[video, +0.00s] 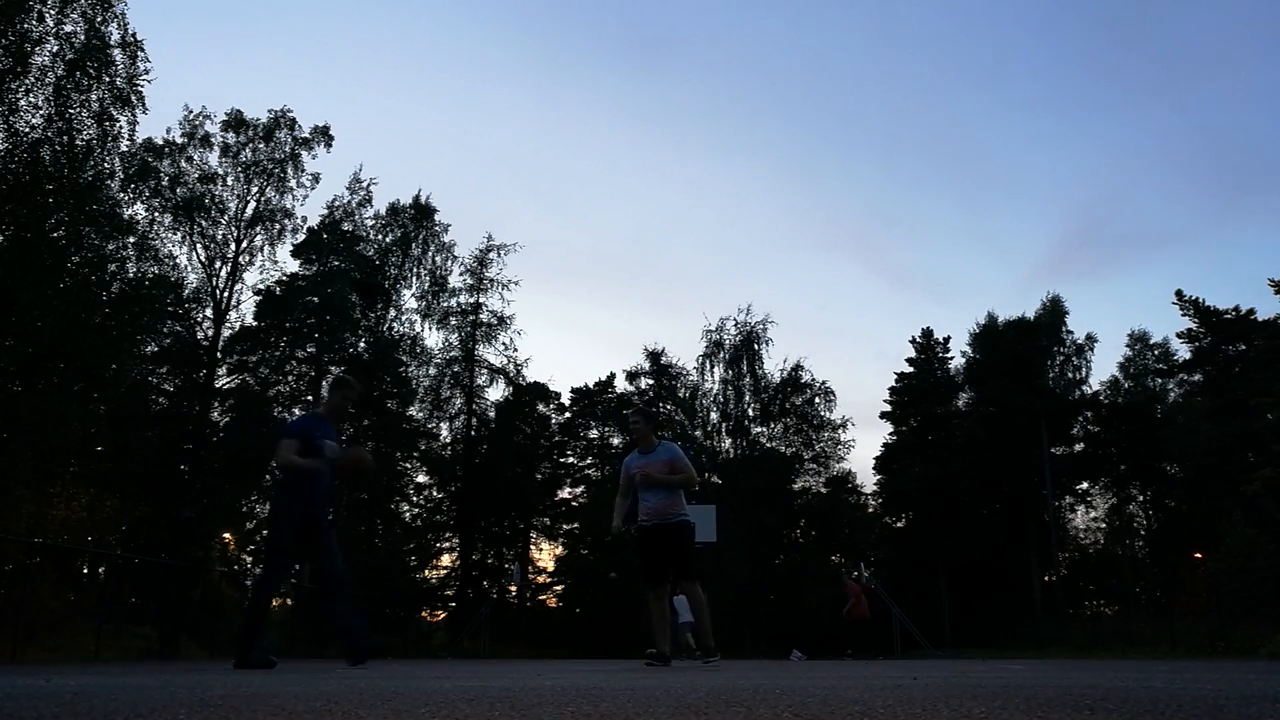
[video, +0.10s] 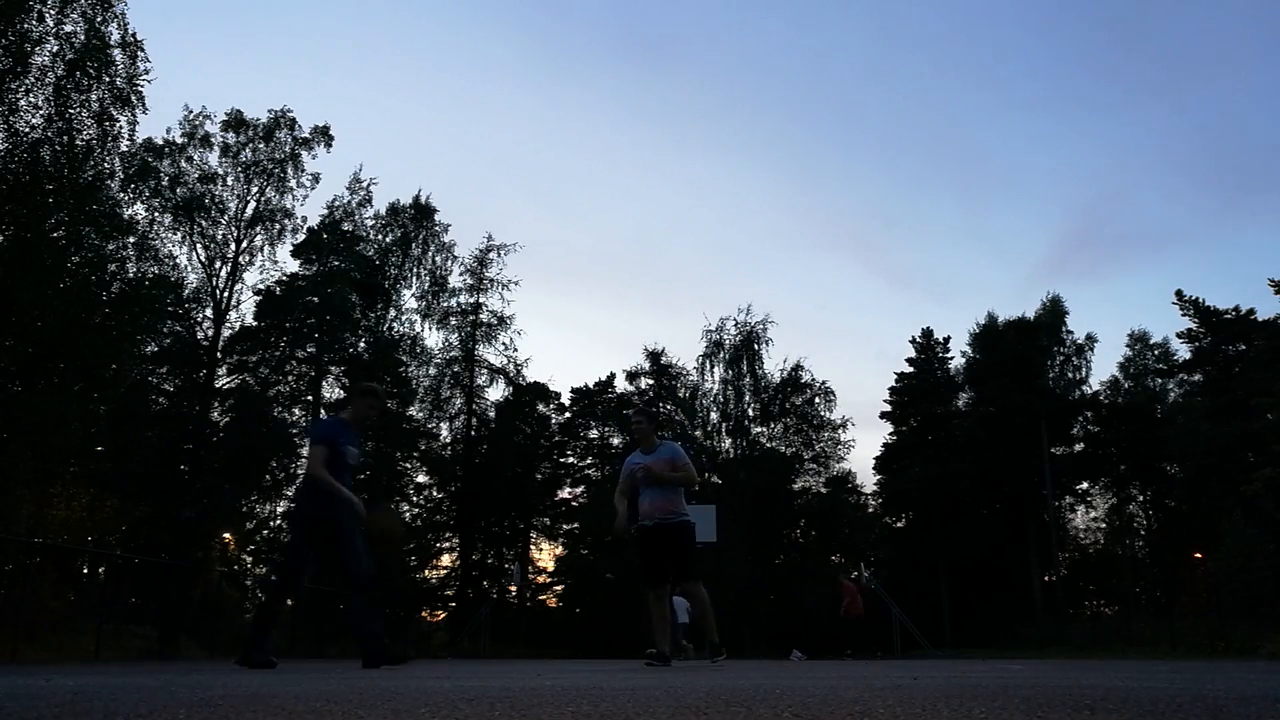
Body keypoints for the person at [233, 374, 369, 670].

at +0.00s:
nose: (345, 407)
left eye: (349, 402)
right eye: (343, 400)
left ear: (347, 403)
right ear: (331, 395)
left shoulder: (332, 433)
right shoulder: (303, 424)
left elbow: (325, 469)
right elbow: (284, 457)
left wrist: (352, 462)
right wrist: (322, 465)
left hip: (316, 514)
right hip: (290, 513)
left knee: (331, 579)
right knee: (271, 579)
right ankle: (248, 651)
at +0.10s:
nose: (372, 414)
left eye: (376, 409)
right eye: (370, 407)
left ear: (373, 411)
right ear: (357, 401)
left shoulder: (353, 438)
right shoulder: (328, 426)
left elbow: (339, 478)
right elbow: (314, 469)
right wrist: (350, 498)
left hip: (335, 513)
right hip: (313, 511)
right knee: (289, 579)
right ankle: (254, 649)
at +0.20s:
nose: (398, 417)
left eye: (400, 412)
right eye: (396, 411)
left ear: (386, 408)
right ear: (384, 406)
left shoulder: (375, 439)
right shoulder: (354, 432)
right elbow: (338, 472)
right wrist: (367, 503)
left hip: (361, 522)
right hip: (346, 521)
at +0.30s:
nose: (419, 416)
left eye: (423, 412)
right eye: (418, 410)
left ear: (421, 412)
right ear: (406, 405)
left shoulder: (406, 438)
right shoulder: (375, 429)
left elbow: (393, 477)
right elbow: (361, 469)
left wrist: (403, 499)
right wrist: (396, 496)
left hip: (387, 519)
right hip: (365, 517)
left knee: (394, 581)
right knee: (377, 582)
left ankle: (387, 651)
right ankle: (375, 652)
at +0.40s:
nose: (441, 410)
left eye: (445, 406)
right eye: (439, 403)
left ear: (444, 407)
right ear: (426, 396)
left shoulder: (427, 434)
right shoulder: (396, 423)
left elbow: (434, 470)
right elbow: (381, 463)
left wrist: (448, 495)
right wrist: (415, 483)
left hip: (402, 509)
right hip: (381, 508)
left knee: (401, 576)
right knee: (390, 575)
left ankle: (390, 649)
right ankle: (378, 651)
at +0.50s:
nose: (459, 407)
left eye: (465, 404)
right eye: (457, 400)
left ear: (465, 406)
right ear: (445, 395)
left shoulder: (458, 435)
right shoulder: (416, 425)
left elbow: (466, 472)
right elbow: (405, 466)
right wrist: (445, 473)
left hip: (425, 509)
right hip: (402, 506)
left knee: (412, 575)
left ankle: (389, 648)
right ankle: (382, 649)